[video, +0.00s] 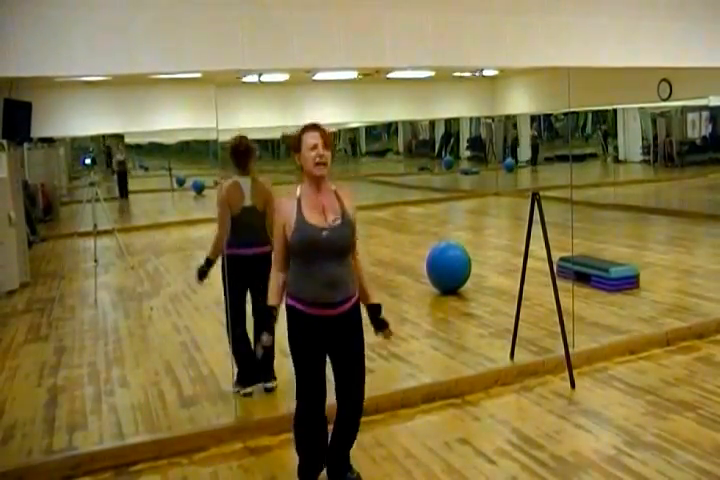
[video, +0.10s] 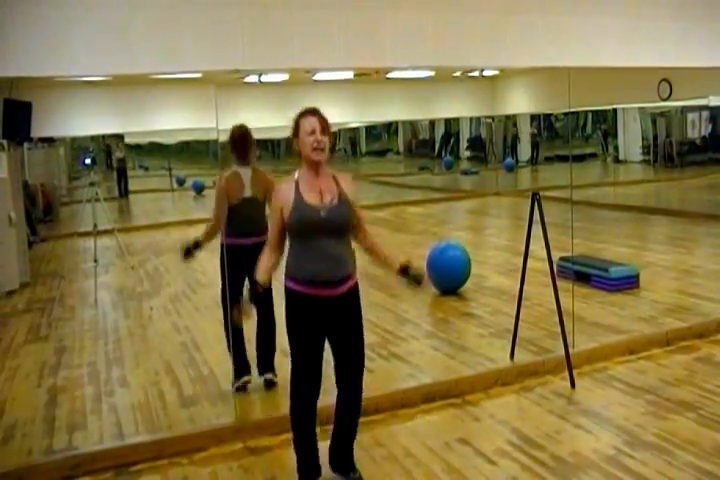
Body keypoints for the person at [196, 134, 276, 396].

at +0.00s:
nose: (247, 161)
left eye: (238, 156)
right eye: (249, 156)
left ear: (231, 159)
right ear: (253, 158)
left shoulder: (227, 190)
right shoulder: (265, 188)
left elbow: (223, 232)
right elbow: (273, 226)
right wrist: (277, 255)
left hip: (236, 259)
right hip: (263, 257)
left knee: (236, 318)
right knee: (264, 314)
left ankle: (247, 375)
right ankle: (267, 373)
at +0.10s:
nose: (242, 150)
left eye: (236, 145)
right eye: (247, 144)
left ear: (230, 149)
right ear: (253, 147)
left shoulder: (226, 181)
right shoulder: (265, 179)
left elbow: (217, 223)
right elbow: (278, 215)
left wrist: (198, 243)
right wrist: (277, 243)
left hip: (233, 250)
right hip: (260, 247)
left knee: (232, 307)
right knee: (264, 304)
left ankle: (241, 372)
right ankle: (267, 368)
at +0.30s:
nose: (256, 144)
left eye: (254, 140)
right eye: (252, 140)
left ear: (226, 146)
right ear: (248, 144)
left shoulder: (222, 173)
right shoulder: (264, 167)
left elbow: (189, 180)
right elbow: (296, 159)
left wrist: (179, 170)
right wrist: (294, 127)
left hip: (232, 244)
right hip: (261, 243)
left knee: (220, 305)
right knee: (277, 301)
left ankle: (216, 370)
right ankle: (291, 361)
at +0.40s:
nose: (240, 158)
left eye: (238, 152)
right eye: (242, 152)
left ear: (232, 160)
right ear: (252, 159)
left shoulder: (224, 186)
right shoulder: (266, 183)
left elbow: (193, 167)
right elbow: (290, 152)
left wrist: (201, 137)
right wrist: (277, 123)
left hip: (234, 267)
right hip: (264, 265)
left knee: (210, 322)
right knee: (286, 316)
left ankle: (207, 385)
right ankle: (306, 364)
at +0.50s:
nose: (241, 168)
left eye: (238, 163)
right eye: (244, 162)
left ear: (233, 168)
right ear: (255, 167)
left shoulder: (228, 194)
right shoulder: (267, 190)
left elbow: (198, 167)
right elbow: (284, 156)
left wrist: (208, 137)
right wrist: (270, 129)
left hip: (235, 271)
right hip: (265, 269)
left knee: (209, 325)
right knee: (288, 320)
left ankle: (208, 386)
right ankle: (305, 369)